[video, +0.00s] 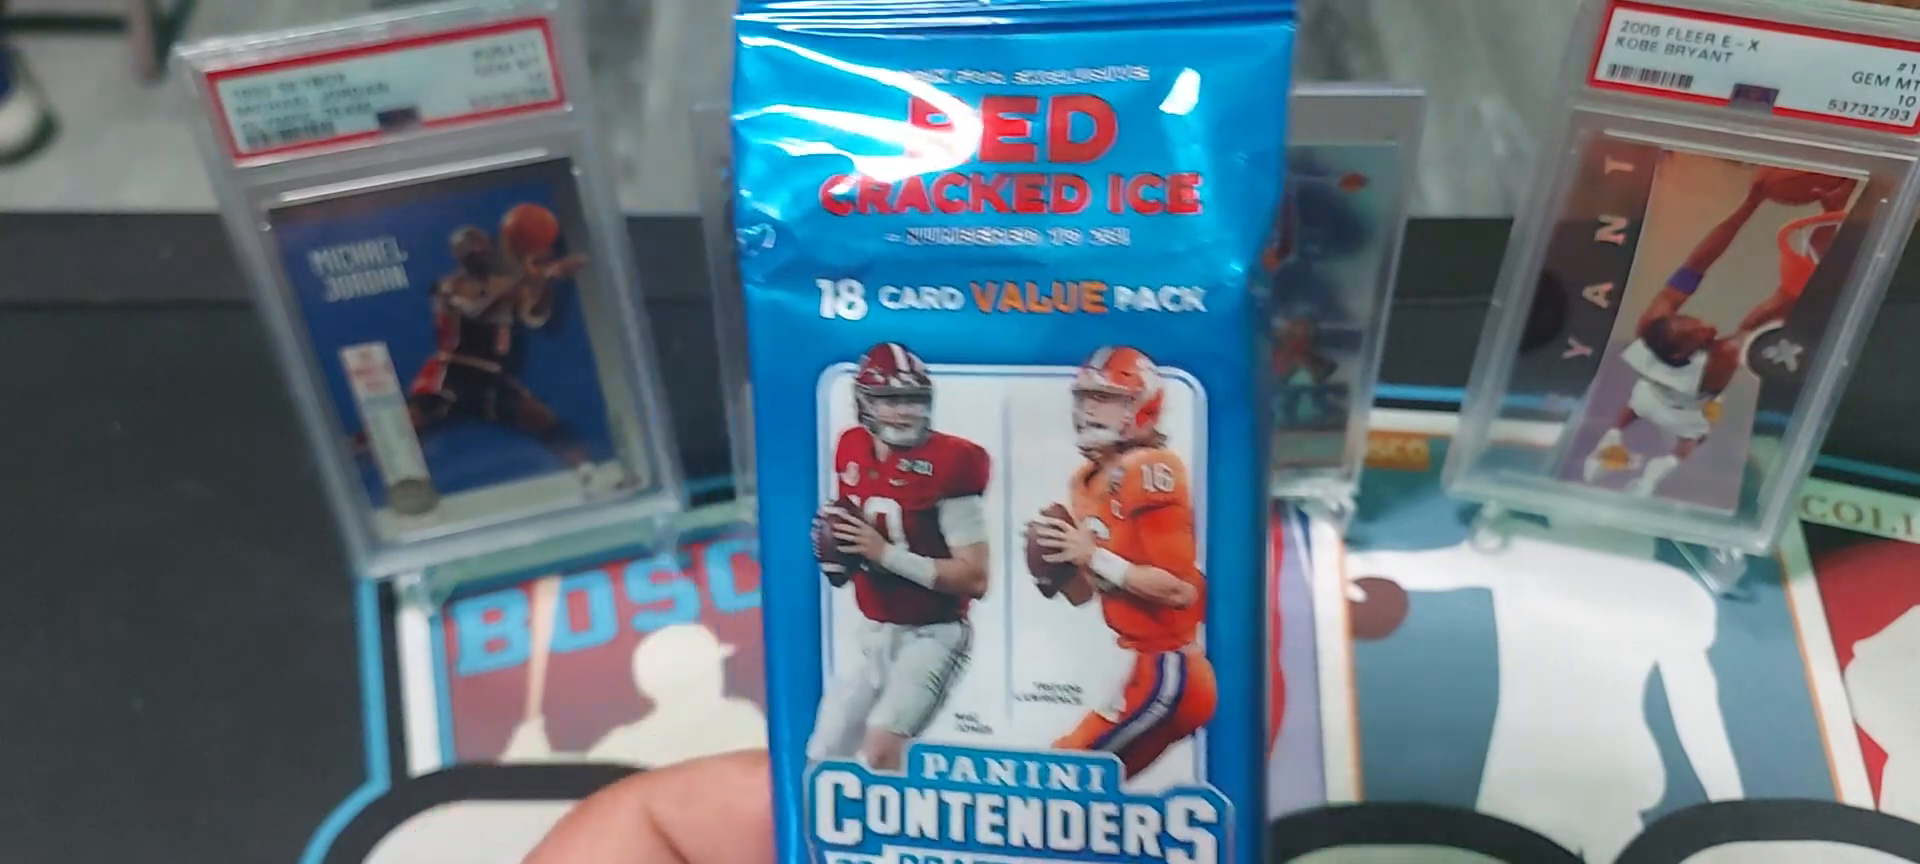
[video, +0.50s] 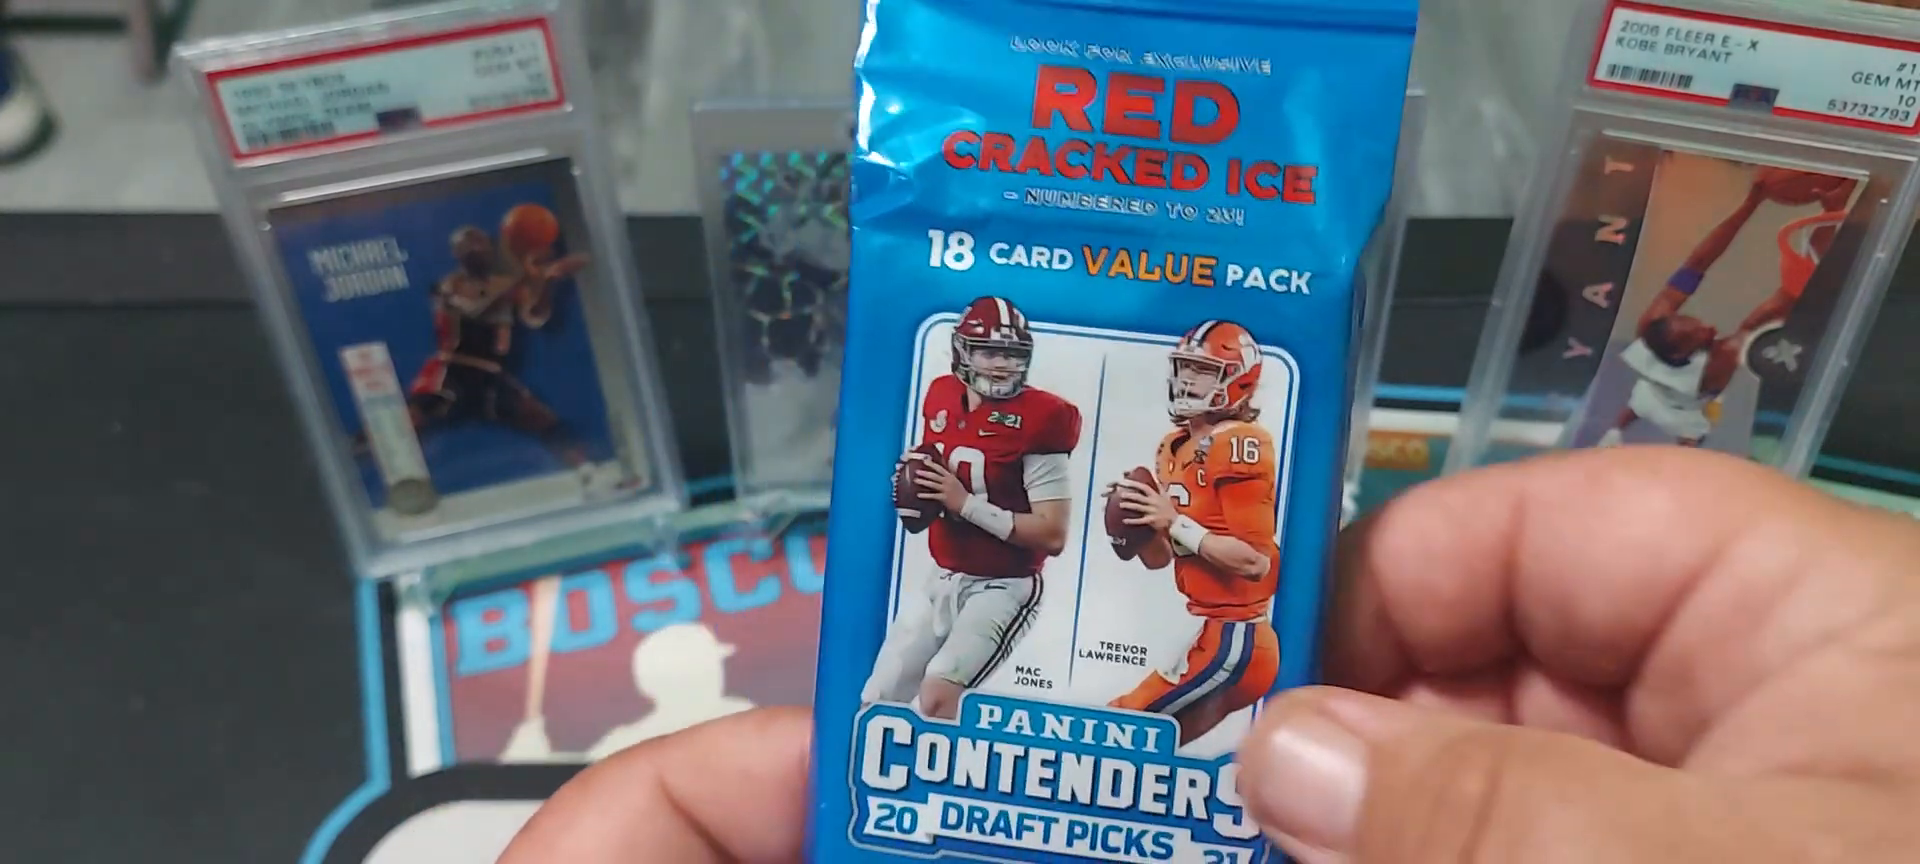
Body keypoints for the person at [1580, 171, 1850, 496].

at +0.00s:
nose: (1702, 326)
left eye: (1691, 322)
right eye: (1692, 334)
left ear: (1683, 313)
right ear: (1685, 353)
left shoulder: (1652, 324)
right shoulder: (1720, 360)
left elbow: (1697, 263)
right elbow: (1756, 325)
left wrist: (1751, 204)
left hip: (1647, 391)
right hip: (1682, 413)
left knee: (1633, 409)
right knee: (1696, 436)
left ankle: (1608, 442)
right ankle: (1654, 474)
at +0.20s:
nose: (1702, 326)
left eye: (1691, 322)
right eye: (1693, 332)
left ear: (1685, 313)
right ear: (1684, 352)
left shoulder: (1652, 324)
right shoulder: (1721, 359)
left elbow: (1697, 264)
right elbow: (1759, 322)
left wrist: (1751, 202)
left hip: (1647, 392)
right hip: (1682, 415)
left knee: (1634, 408)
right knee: (1697, 435)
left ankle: (1608, 440)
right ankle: (1657, 473)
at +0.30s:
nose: (1703, 326)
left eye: (1691, 322)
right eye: (1693, 333)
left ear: (1684, 313)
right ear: (1684, 352)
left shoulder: (1652, 324)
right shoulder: (1720, 360)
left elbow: (1697, 263)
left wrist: (1750, 204)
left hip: (1647, 391)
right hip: (1682, 414)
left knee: (1634, 409)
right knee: (1697, 435)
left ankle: (1609, 440)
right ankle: (1658, 471)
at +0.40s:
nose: (1704, 326)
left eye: (1693, 322)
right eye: (1694, 332)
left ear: (1685, 313)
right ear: (1684, 352)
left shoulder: (1652, 324)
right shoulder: (1720, 360)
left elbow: (1697, 263)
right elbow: (1759, 322)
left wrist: (1750, 204)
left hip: (1648, 391)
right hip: (1683, 414)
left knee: (1634, 409)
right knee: (1697, 436)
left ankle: (1609, 440)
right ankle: (1659, 470)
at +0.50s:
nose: (1705, 330)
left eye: (1693, 324)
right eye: (1694, 337)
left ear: (1681, 315)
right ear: (1684, 354)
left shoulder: (1653, 323)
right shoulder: (1720, 361)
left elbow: (1696, 264)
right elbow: (1752, 326)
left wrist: (1751, 203)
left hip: (1655, 387)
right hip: (1685, 411)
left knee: (1639, 403)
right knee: (1692, 435)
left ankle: (1612, 434)